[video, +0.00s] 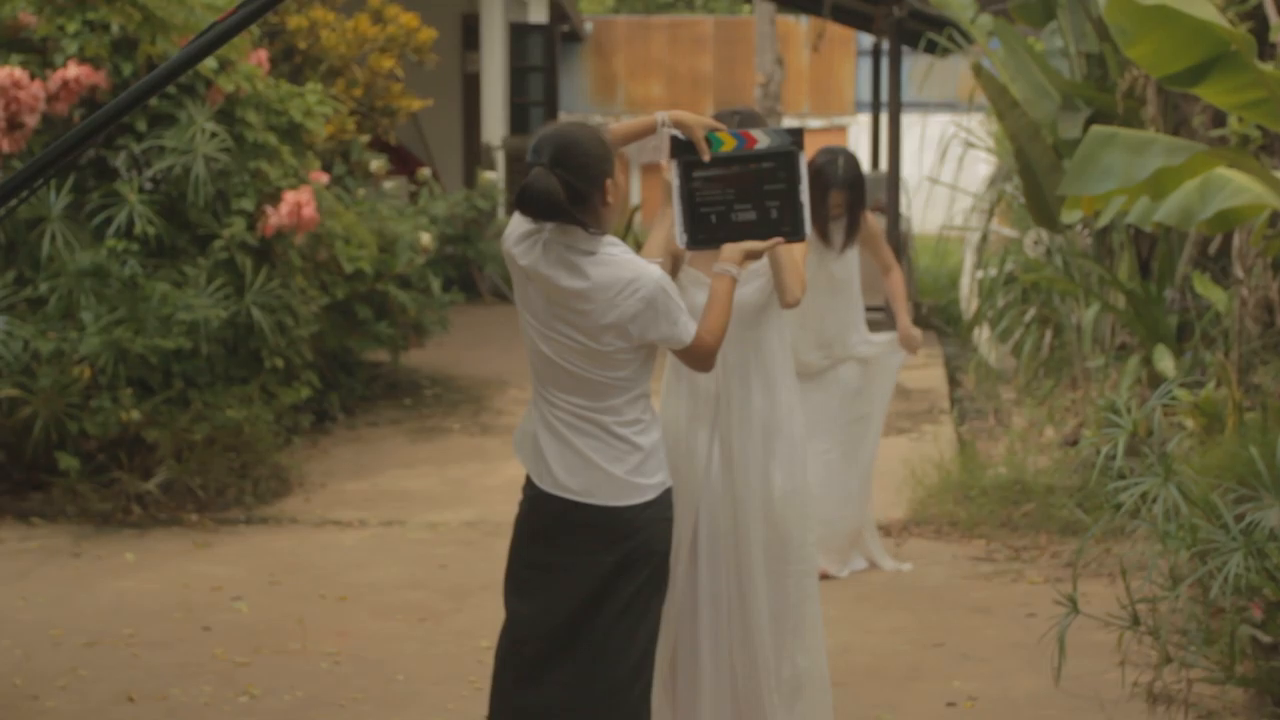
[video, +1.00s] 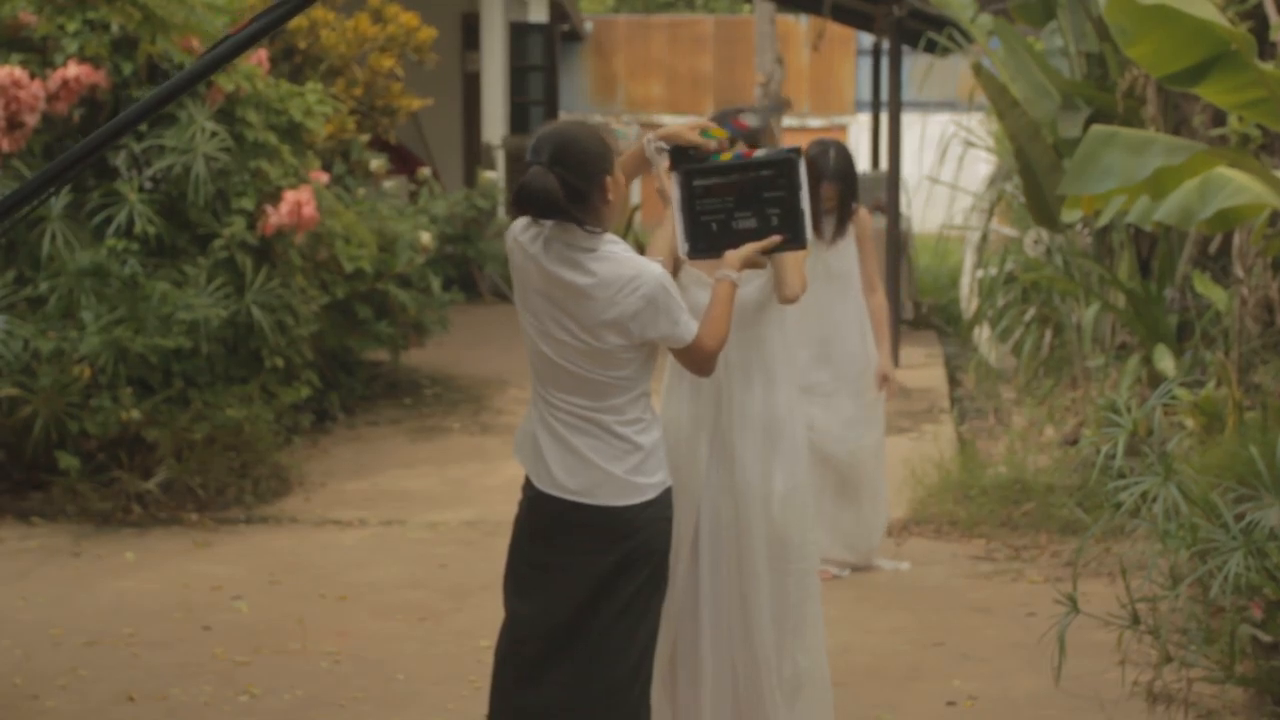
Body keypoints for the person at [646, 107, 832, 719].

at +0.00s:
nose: (732, 169)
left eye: (746, 156)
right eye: (721, 156)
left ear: (769, 163)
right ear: (701, 159)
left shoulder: (781, 222)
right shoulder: (688, 214)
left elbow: (790, 292)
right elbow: (649, 281)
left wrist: (772, 209)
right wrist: (669, 193)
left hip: (762, 419)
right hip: (691, 422)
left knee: (761, 573)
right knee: (693, 573)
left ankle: (768, 704)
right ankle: (692, 705)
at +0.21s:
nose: (736, 167)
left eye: (750, 155)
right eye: (725, 154)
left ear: (772, 164)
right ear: (705, 157)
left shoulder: (781, 223)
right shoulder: (689, 214)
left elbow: (789, 290)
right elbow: (650, 282)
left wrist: (771, 208)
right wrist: (665, 194)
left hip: (762, 418)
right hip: (691, 420)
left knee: (762, 571)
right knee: (694, 571)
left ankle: (767, 703)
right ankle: (692, 705)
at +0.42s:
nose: (735, 166)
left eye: (749, 154)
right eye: (724, 152)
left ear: (771, 163)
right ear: (704, 156)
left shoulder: (778, 219)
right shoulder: (690, 211)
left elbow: (788, 279)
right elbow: (654, 279)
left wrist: (772, 193)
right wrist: (665, 199)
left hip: (762, 414)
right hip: (691, 415)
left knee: (761, 566)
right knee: (694, 566)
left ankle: (768, 702)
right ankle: (694, 703)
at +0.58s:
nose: (736, 166)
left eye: (749, 154)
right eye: (725, 152)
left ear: (771, 163)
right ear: (705, 156)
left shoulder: (779, 221)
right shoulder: (691, 211)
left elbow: (788, 283)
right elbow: (657, 285)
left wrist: (774, 198)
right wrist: (663, 205)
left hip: (761, 410)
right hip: (692, 411)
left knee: (761, 559)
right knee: (695, 561)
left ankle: (767, 700)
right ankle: (695, 702)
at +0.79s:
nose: (737, 166)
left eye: (751, 154)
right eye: (725, 153)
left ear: (772, 162)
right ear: (705, 157)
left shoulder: (780, 220)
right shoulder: (691, 213)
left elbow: (791, 289)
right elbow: (659, 293)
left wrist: (778, 200)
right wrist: (658, 208)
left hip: (763, 414)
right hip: (694, 417)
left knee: (764, 564)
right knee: (696, 566)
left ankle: (770, 702)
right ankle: (697, 704)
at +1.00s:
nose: (726, 174)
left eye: (740, 163)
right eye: (714, 164)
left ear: (758, 168)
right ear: (698, 169)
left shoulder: (775, 223)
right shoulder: (688, 218)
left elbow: (790, 288)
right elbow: (658, 279)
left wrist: (780, 210)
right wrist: (670, 199)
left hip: (762, 421)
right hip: (693, 425)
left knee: (762, 568)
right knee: (695, 570)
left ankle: (768, 701)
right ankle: (695, 703)